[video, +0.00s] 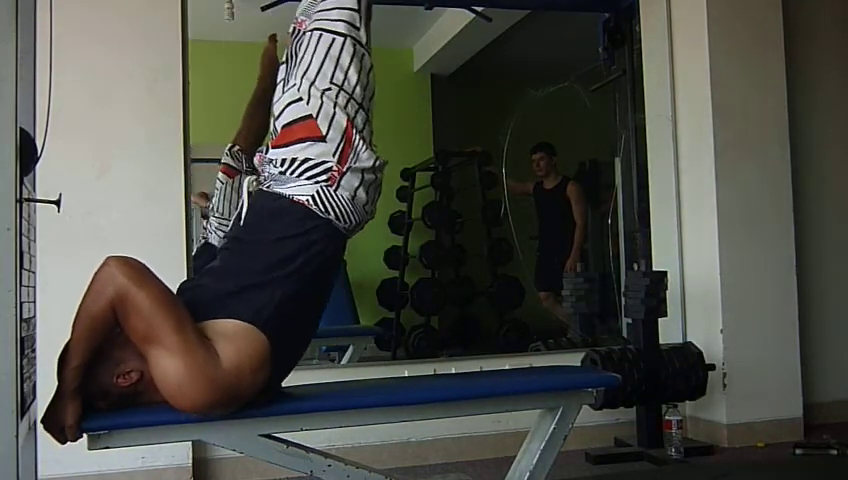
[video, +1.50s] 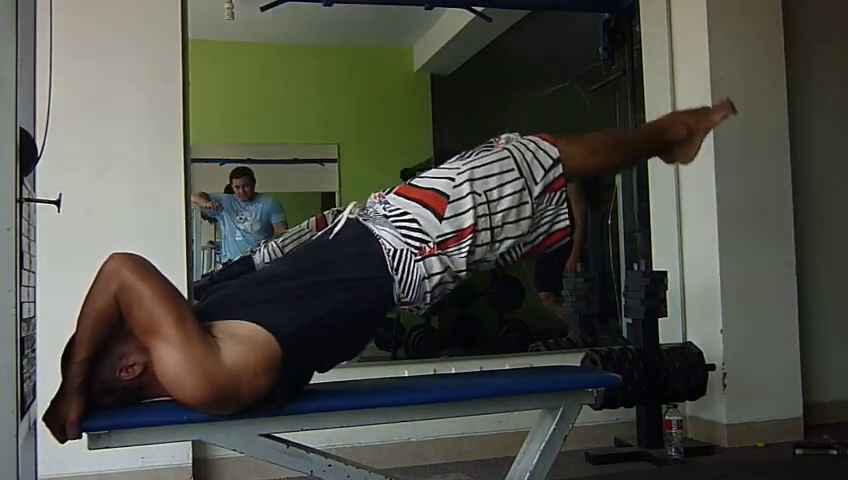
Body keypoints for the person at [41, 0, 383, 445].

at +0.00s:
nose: (129, 334)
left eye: (114, 340)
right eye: (119, 343)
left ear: (127, 378)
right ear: (126, 374)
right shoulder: (193, 378)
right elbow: (116, 274)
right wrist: (68, 388)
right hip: (313, 187)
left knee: (232, 176)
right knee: (330, 9)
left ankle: (267, 83)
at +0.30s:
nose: (118, 368)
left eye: (107, 369)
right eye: (111, 374)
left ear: (120, 371)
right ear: (126, 376)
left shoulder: (183, 361)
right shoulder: (190, 375)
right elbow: (117, 272)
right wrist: (69, 382)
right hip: (325, 204)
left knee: (257, 169)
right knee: (383, 16)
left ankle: (300, 92)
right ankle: (410, 12)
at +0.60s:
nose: (127, 357)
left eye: (117, 360)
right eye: (121, 362)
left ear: (124, 371)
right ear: (130, 368)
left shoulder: (190, 361)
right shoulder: (193, 375)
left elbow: (119, 272)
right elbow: (117, 271)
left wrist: (73, 376)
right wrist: (69, 387)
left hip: (313, 209)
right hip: (345, 211)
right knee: (444, 24)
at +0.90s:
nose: (128, 357)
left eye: (114, 364)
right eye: (122, 365)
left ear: (126, 371)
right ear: (130, 373)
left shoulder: (190, 358)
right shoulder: (194, 376)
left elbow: (116, 276)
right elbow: (119, 273)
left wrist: (71, 384)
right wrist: (72, 387)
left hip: (340, 212)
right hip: (370, 219)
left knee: (469, 82)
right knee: (486, 75)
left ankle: (592, 7)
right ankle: (595, 2)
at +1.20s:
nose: (128, 354)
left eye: (113, 352)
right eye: (118, 360)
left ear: (127, 359)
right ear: (134, 376)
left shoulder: (194, 350)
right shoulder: (200, 374)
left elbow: (115, 278)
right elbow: (118, 269)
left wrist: (77, 376)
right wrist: (75, 382)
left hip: (364, 218)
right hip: (389, 233)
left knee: (508, 119)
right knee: (521, 118)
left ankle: (629, 71)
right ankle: (638, 62)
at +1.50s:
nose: (136, 365)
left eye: (124, 366)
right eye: (125, 381)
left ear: (139, 349)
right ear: (142, 388)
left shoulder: (196, 340)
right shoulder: (202, 373)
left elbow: (117, 274)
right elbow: (124, 272)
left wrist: (74, 380)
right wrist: (75, 383)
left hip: (364, 235)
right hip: (390, 249)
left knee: (518, 163)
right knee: (534, 161)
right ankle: (665, 135)